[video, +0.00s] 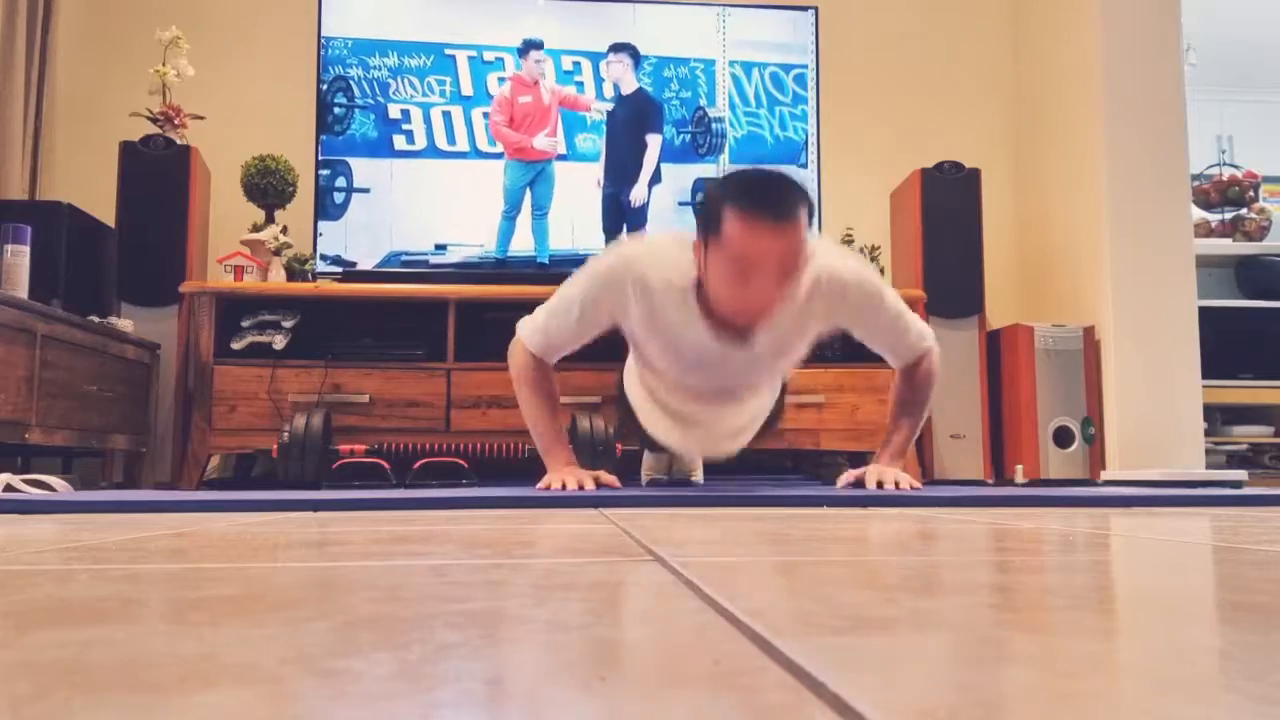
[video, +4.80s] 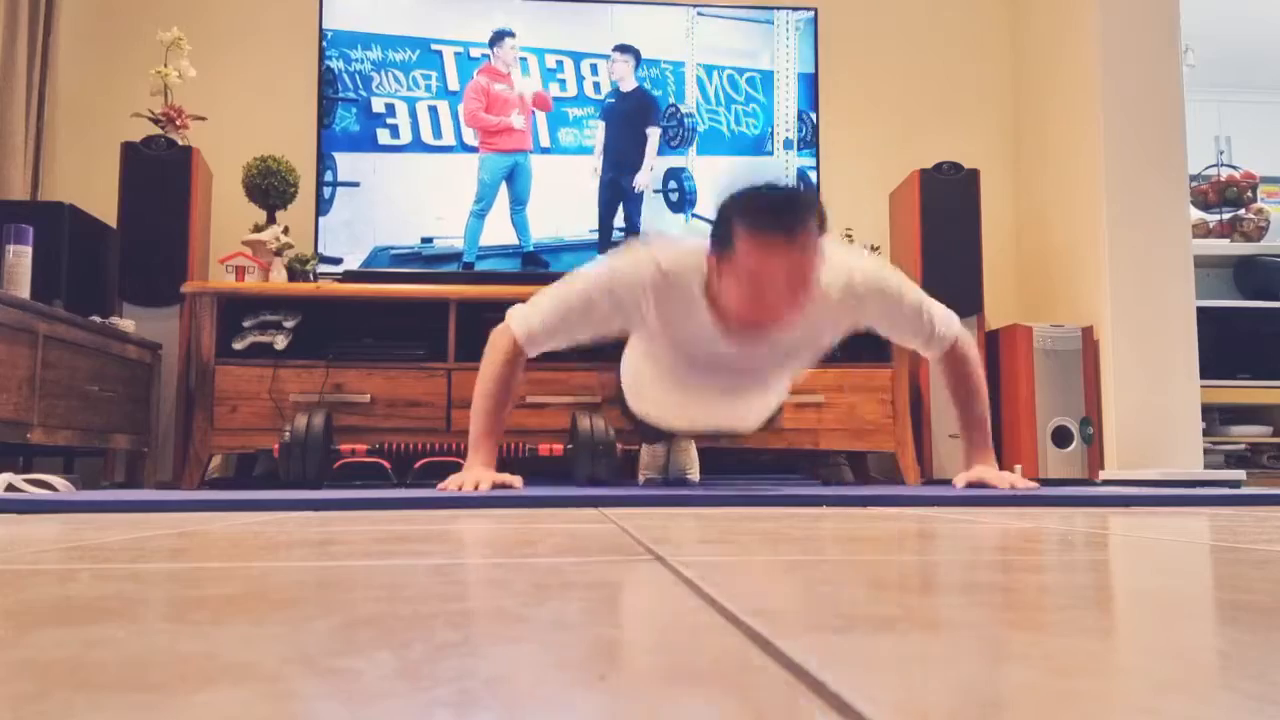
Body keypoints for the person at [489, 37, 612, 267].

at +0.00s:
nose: (542, 66)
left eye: (543, 61)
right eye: (537, 62)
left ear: (544, 61)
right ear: (523, 62)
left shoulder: (549, 89)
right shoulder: (507, 92)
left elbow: (572, 99)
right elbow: (498, 129)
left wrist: (593, 104)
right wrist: (532, 142)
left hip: (545, 163)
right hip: (518, 163)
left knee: (541, 213)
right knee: (510, 212)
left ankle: (543, 260)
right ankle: (500, 258)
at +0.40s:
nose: (531, 61)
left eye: (531, 56)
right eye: (525, 56)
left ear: (532, 57)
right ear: (510, 58)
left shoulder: (537, 86)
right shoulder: (496, 88)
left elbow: (553, 108)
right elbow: (484, 123)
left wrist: (563, 115)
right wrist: (512, 142)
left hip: (537, 159)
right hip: (510, 159)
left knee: (539, 210)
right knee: (507, 209)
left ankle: (544, 257)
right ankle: (503, 256)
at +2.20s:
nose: (526, 51)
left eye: (531, 47)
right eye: (521, 45)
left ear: (535, 52)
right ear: (511, 48)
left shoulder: (538, 82)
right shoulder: (497, 77)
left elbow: (559, 116)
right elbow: (476, 109)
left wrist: (543, 96)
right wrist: (505, 128)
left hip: (531, 156)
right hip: (502, 153)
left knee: (525, 207)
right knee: (484, 206)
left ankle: (525, 257)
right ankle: (464, 260)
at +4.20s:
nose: (519, 53)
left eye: (519, 48)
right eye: (515, 48)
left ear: (505, 50)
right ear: (499, 50)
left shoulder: (518, 79)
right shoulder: (479, 79)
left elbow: (539, 115)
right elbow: (466, 115)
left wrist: (527, 97)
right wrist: (505, 122)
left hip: (520, 155)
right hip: (491, 155)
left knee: (518, 208)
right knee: (478, 209)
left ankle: (527, 255)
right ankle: (465, 262)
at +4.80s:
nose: (517, 53)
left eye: (517, 48)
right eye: (512, 48)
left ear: (509, 51)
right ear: (496, 51)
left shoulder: (519, 80)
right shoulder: (480, 82)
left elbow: (547, 106)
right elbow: (472, 116)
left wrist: (532, 92)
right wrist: (508, 122)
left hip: (521, 154)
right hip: (494, 155)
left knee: (520, 207)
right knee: (480, 208)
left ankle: (528, 252)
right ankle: (468, 260)